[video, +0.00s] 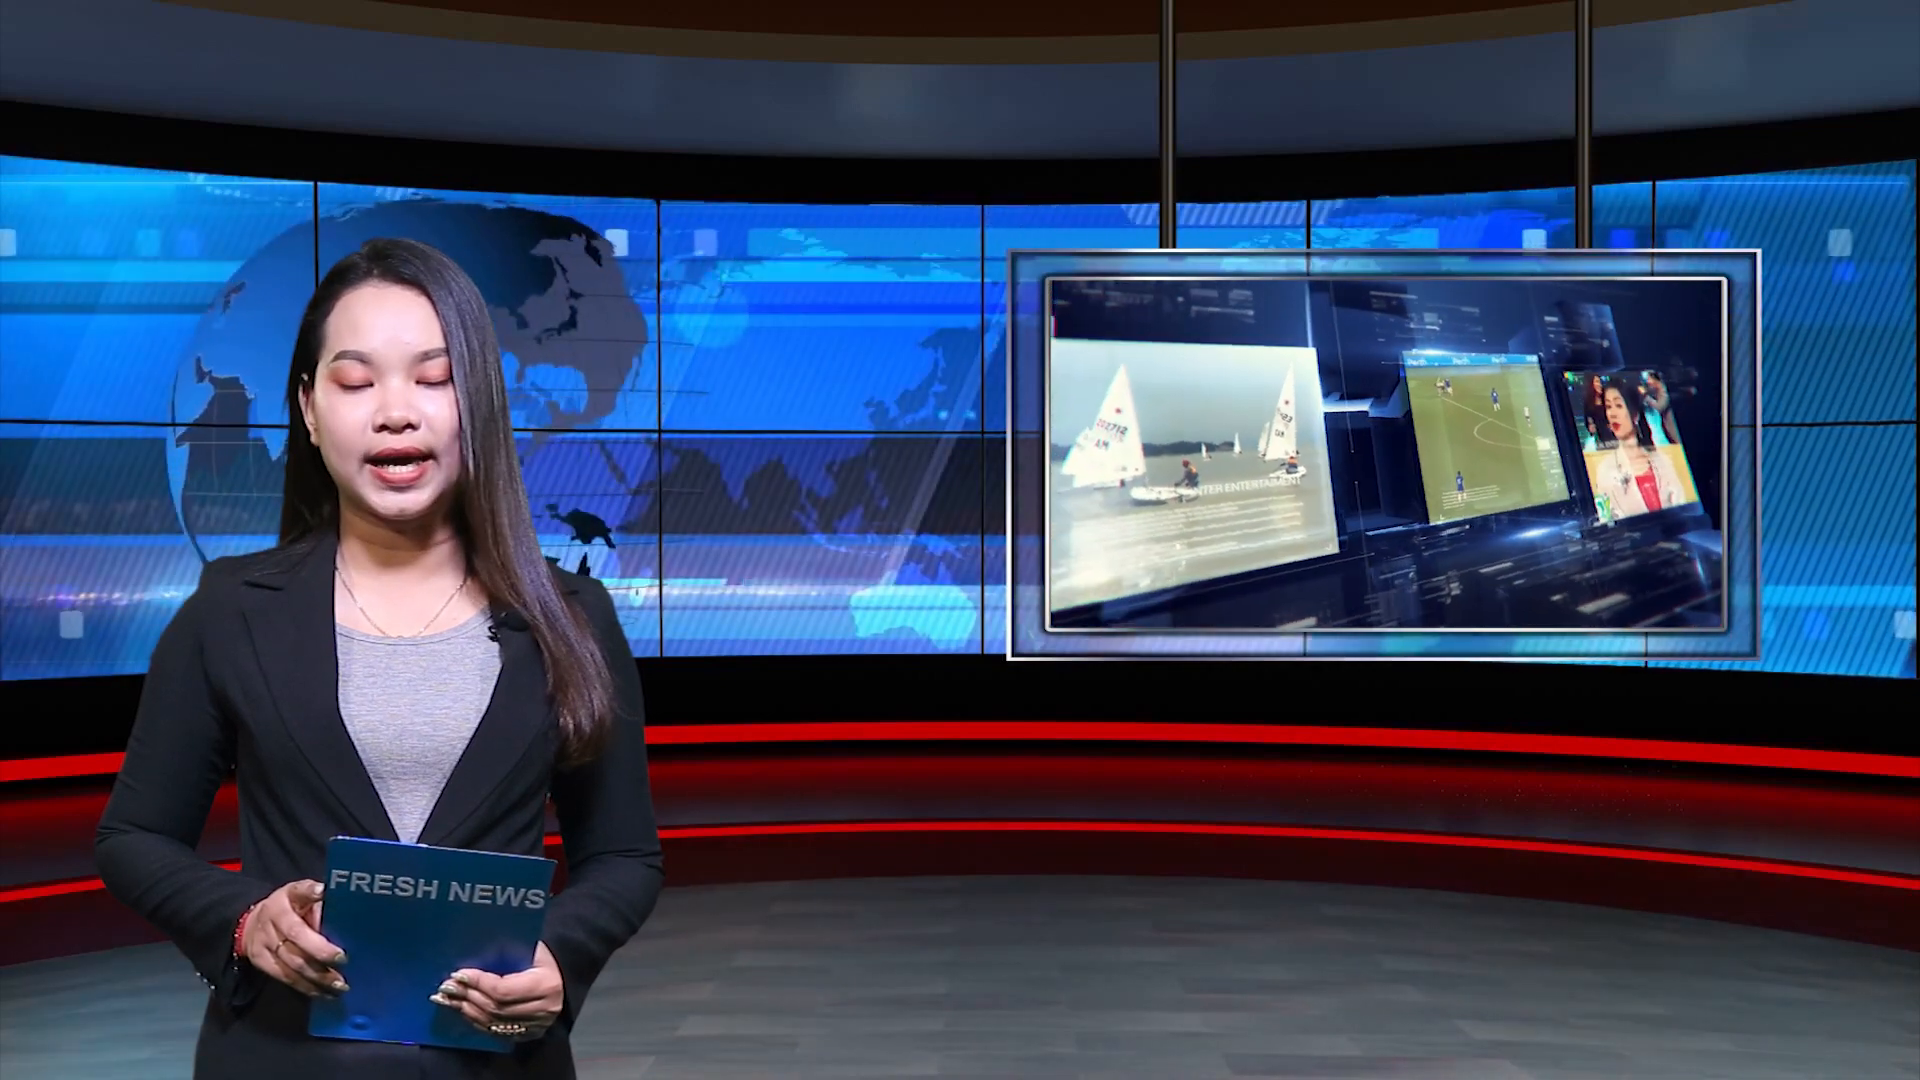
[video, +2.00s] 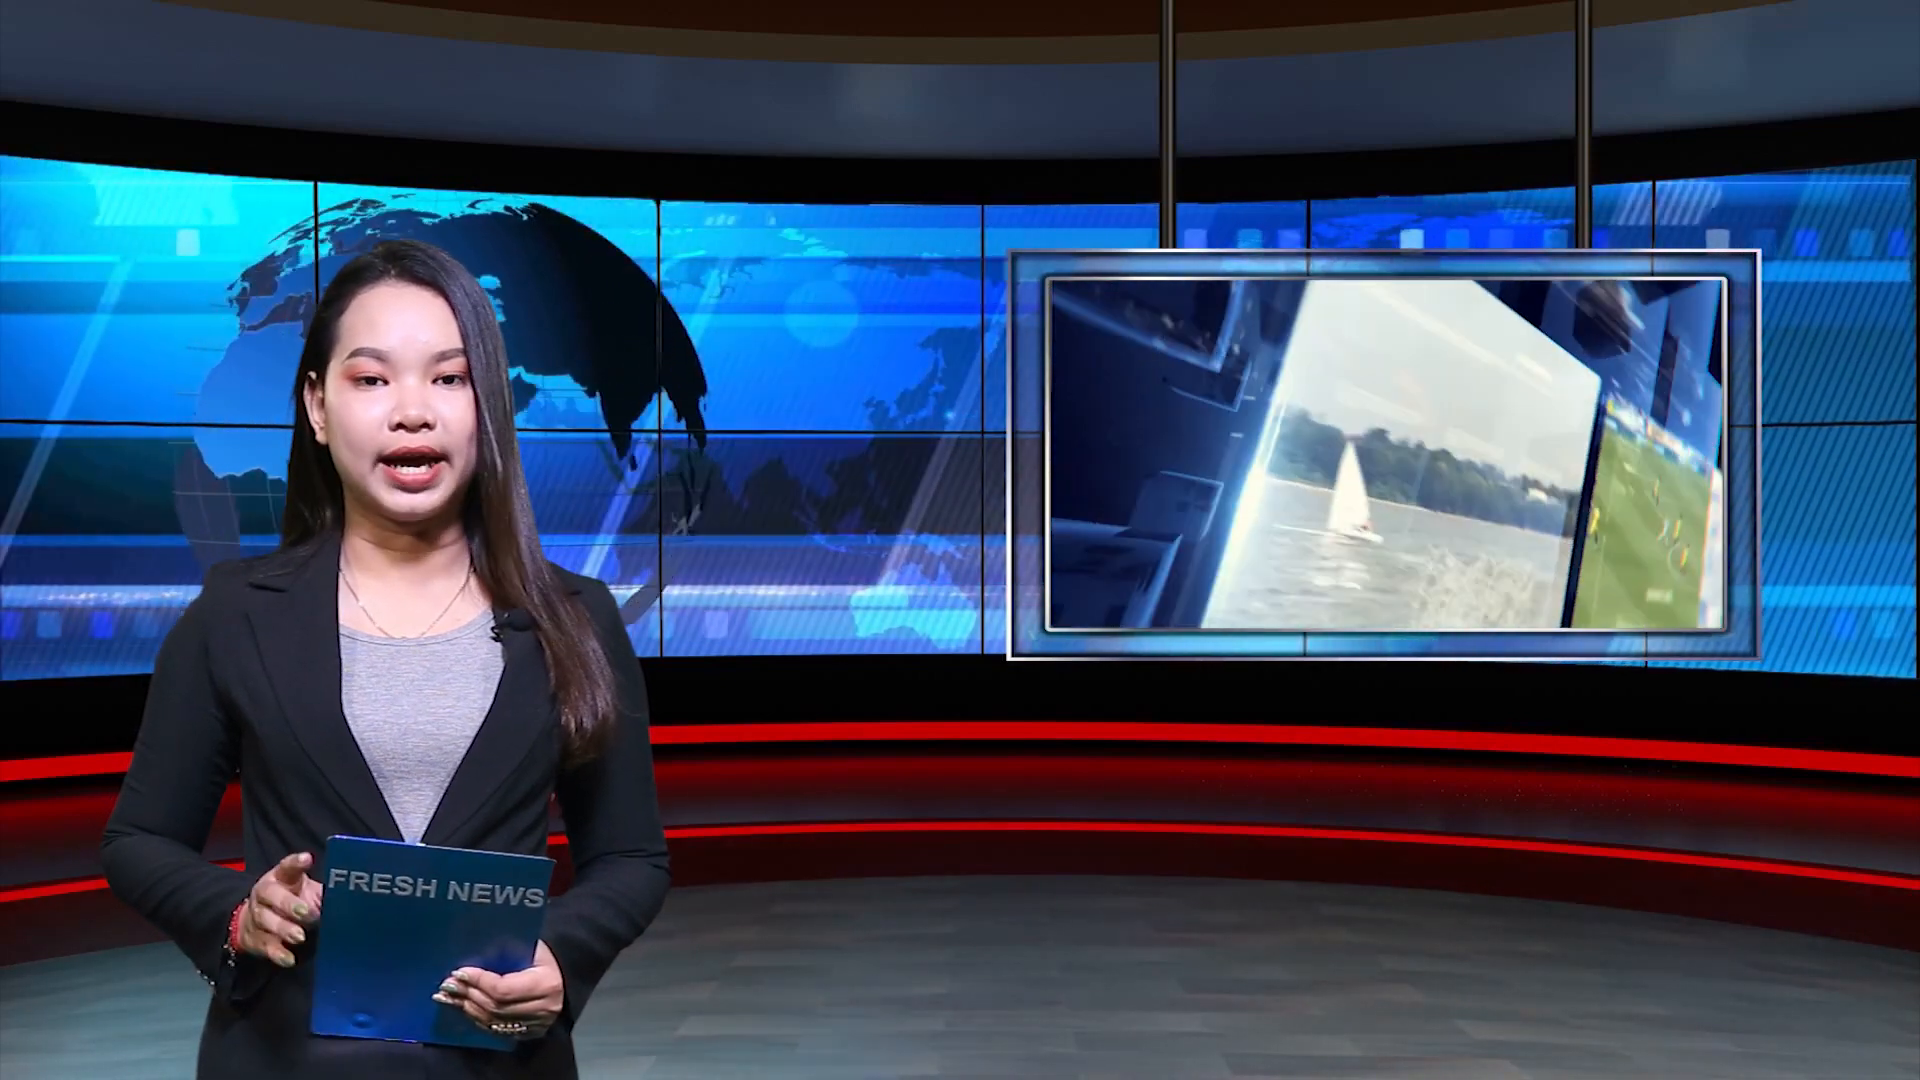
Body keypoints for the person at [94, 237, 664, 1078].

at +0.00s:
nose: (396, 413)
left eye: (432, 375)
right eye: (355, 379)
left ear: (476, 400)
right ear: (310, 411)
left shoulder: (566, 618)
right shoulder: (234, 612)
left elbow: (622, 856)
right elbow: (133, 838)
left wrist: (556, 960)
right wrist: (240, 915)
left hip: (499, 1052)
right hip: (282, 1054)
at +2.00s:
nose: (413, 413)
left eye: (447, 377)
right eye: (371, 377)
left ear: (486, 405)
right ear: (317, 407)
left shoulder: (571, 620)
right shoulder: (236, 617)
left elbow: (630, 858)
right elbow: (139, 842)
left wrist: (558, 958)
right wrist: (236, 909)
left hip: (499, 1053)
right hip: (285, 1056)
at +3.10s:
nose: (410, 416)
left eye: (443, 379)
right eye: (367, 378)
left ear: (478, 408)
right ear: (310, 408)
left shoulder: (562, 620)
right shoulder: (230, 614)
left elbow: (625, 860)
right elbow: (128, 841)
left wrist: (550, 962)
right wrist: (233, 896)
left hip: (493, 1054)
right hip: (277, 1055)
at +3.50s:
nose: (400, 408)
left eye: (435, 374)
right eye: (360, 375)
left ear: (476, 403)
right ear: (307, 407)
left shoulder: (563, 615)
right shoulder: (229, 613)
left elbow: (625, 858)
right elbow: (127, 838)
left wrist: (548, 961)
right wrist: (230, 898)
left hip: (492, 1052)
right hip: (276, 1053)